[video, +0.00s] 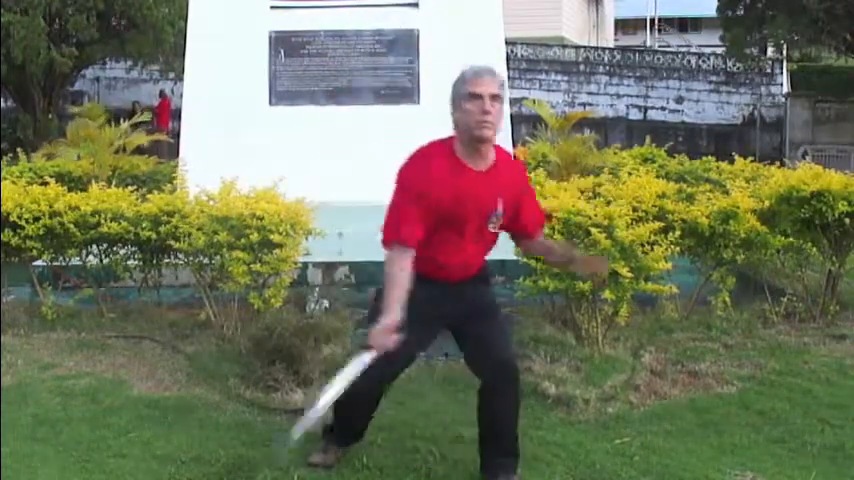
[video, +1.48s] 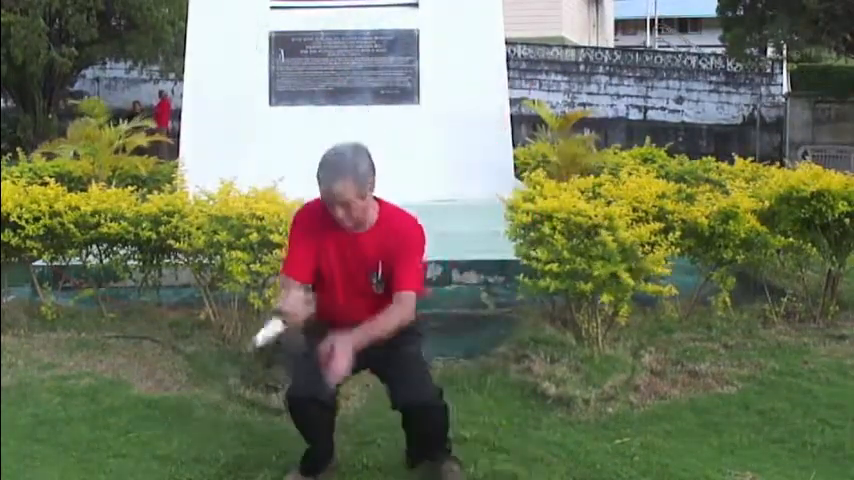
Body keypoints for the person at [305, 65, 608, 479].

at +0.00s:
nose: (487, 108)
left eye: (495, 99)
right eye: (474, 99)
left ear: (502, 110)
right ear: (455, 109)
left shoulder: (511, 171)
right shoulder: (424, 166)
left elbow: (530, 239)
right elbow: (400, 249)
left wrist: (575, 260)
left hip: (472, 289)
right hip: (419, 287)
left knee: (501, 370)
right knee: (378, 364)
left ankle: (500, 471)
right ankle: (337, 440)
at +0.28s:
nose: (518, 106)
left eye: (527, 98)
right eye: (507, 97)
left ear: (535, 108)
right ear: (487, 107)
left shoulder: (530, 166)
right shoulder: (461, 151)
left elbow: (518, 230)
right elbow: (486, 214)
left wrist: (526, 252)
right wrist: (543, 190)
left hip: (478, 287)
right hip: (421, 281)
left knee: (512, 369)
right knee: (379, 367)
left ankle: (503, 469)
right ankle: (330, 437)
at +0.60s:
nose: (464, 113)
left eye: (473, 105)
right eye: (453, 104)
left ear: (482, 114)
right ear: (435, 111)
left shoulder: (495, 172)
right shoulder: (412, 150)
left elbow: (507, 246)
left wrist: (473, 196)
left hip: (450, 293)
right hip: (387, 287)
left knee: (492, 376)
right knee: (333, 379)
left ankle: (501, 471)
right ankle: (321, 458)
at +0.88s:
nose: (373, 141)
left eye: (383, 130)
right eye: (364, 132)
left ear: (400, 132)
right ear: (354, 135)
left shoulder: (422, 198)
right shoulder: (347, 161)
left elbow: (443, 286)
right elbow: (278, 164)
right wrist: (310, 133)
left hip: (402, 310)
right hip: (351, 301)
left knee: (423, 414)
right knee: (295, 372)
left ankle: (526, 462)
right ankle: (316, 460)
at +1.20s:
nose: (337, 170)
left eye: (346, 159)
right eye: (329, 160)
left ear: (369, 156)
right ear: (321, 157)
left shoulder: (401, 211)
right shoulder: (309, 191)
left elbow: (384, 297)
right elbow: (281, 242)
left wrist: (324, 255)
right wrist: (265, 267)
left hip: (390, 320)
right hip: (332, 315)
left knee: (411, 403)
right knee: (289, 382)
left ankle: (502, 457)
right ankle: (317, 462)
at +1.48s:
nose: (339, 215)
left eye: (348, 205)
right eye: (331, 206)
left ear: (370, 189)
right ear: (322, 195)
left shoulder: (404, 229)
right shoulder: (310, 219)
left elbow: (404, 309)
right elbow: (293, 289)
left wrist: (352, 340)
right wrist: (294, 306)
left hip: (389, 331)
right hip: (328, 332)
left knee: (422, 401)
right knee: (305, 397)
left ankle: (429, 460)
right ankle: (319, 457)